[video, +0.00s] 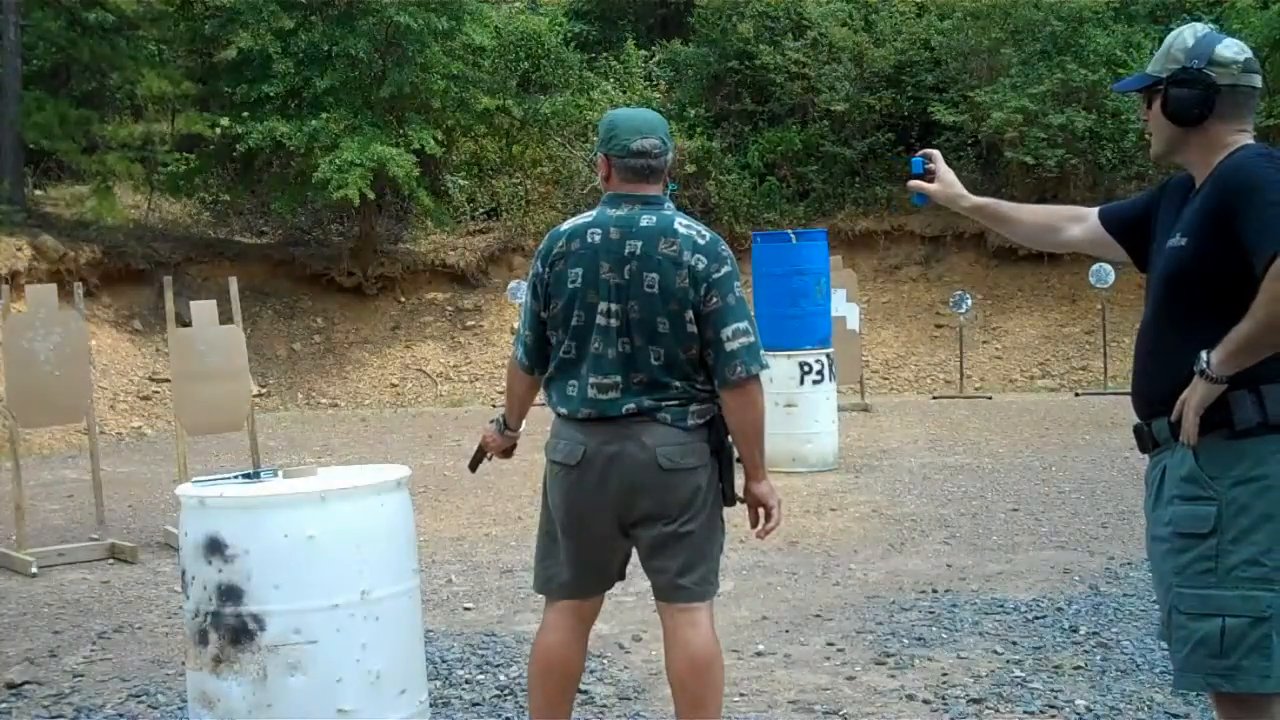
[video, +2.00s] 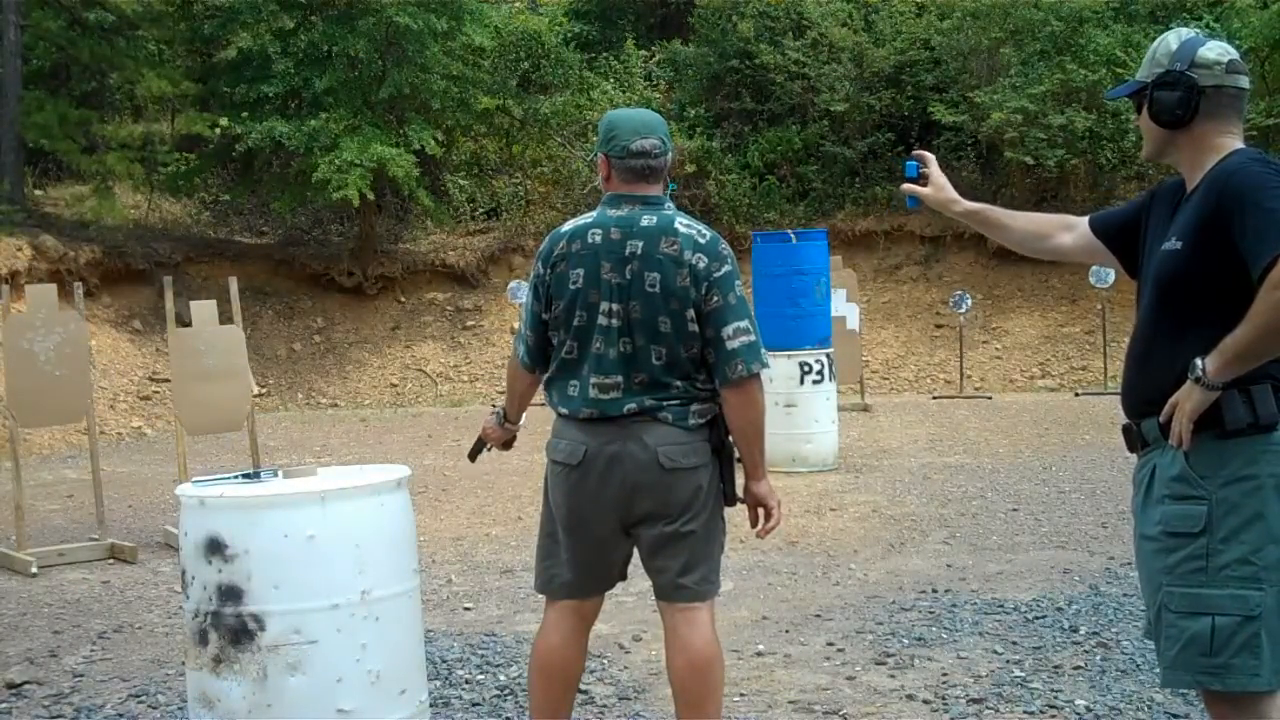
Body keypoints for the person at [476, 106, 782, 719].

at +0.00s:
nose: (596, 169)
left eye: (598, 161)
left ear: (605, 168)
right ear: (669, 169)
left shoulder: (562, 243)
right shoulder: (704, 248)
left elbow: (529, 357)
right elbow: (738, 375)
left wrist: (508, 425)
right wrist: (756, 473)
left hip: (581, 453)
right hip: (676, 454)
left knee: (567, 608)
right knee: (688, 611)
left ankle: (547, 715)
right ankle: (701, 715)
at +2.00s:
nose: (596, 170)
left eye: (598, 163)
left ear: (605, 169)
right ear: (668, 169)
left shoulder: (562, 244)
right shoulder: (704, 248)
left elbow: (530, 355)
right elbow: (739, 374)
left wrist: (507, 419)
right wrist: (756, 473)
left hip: (582, 452)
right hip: (678, 453)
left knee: (567, 608)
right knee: (689, 611)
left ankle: (546, 715)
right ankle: (701, 715)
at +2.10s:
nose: (593, 171)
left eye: (594, 163)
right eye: (597, 162)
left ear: (602, 169)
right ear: (666, 168)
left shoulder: (563, 242)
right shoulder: (705, 245)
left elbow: (525, 333)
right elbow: (743, 370)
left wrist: (500, 383)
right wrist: (759, 469)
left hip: (583, 451)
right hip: (680, 452)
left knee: (567, 607)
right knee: (690, 610)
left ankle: (547, 715)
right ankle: (701, 715)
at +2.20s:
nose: (588, 171)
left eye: (589, 164)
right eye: (591, 163)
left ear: (597, 169)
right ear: (659, 166)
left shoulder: (562, 239)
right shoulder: (704, 243)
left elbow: (514, 301)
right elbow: (746, 365)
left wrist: (485, 312)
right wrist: (766, 464)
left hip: (586, 451)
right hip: (682, 452)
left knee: (568, 607)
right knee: (691, 611)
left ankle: (546, 715)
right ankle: (701, 715)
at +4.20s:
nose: (585, 171)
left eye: (585, 164)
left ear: (590, 170)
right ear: (655, 167)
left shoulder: (561, 230)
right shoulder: (699, 241)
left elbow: (512, 241)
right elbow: (741, 366)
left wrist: (496, 228)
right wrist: (769, 461)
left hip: (584, 446)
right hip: (678, 451)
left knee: (568, 608)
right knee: (691, 611)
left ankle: (547, 716)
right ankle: (701, 716)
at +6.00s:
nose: (583, 174)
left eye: (585, 167)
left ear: (590, 172)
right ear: (656, 167)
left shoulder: (562, 234)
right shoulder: (696, 240)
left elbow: (528, 235)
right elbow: (745, 365)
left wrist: (530, 229)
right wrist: (776, 456)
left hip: (584, 446)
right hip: (681, 450)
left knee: (569, 606)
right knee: (693, 611)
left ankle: (547, 715)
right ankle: (703, 719)